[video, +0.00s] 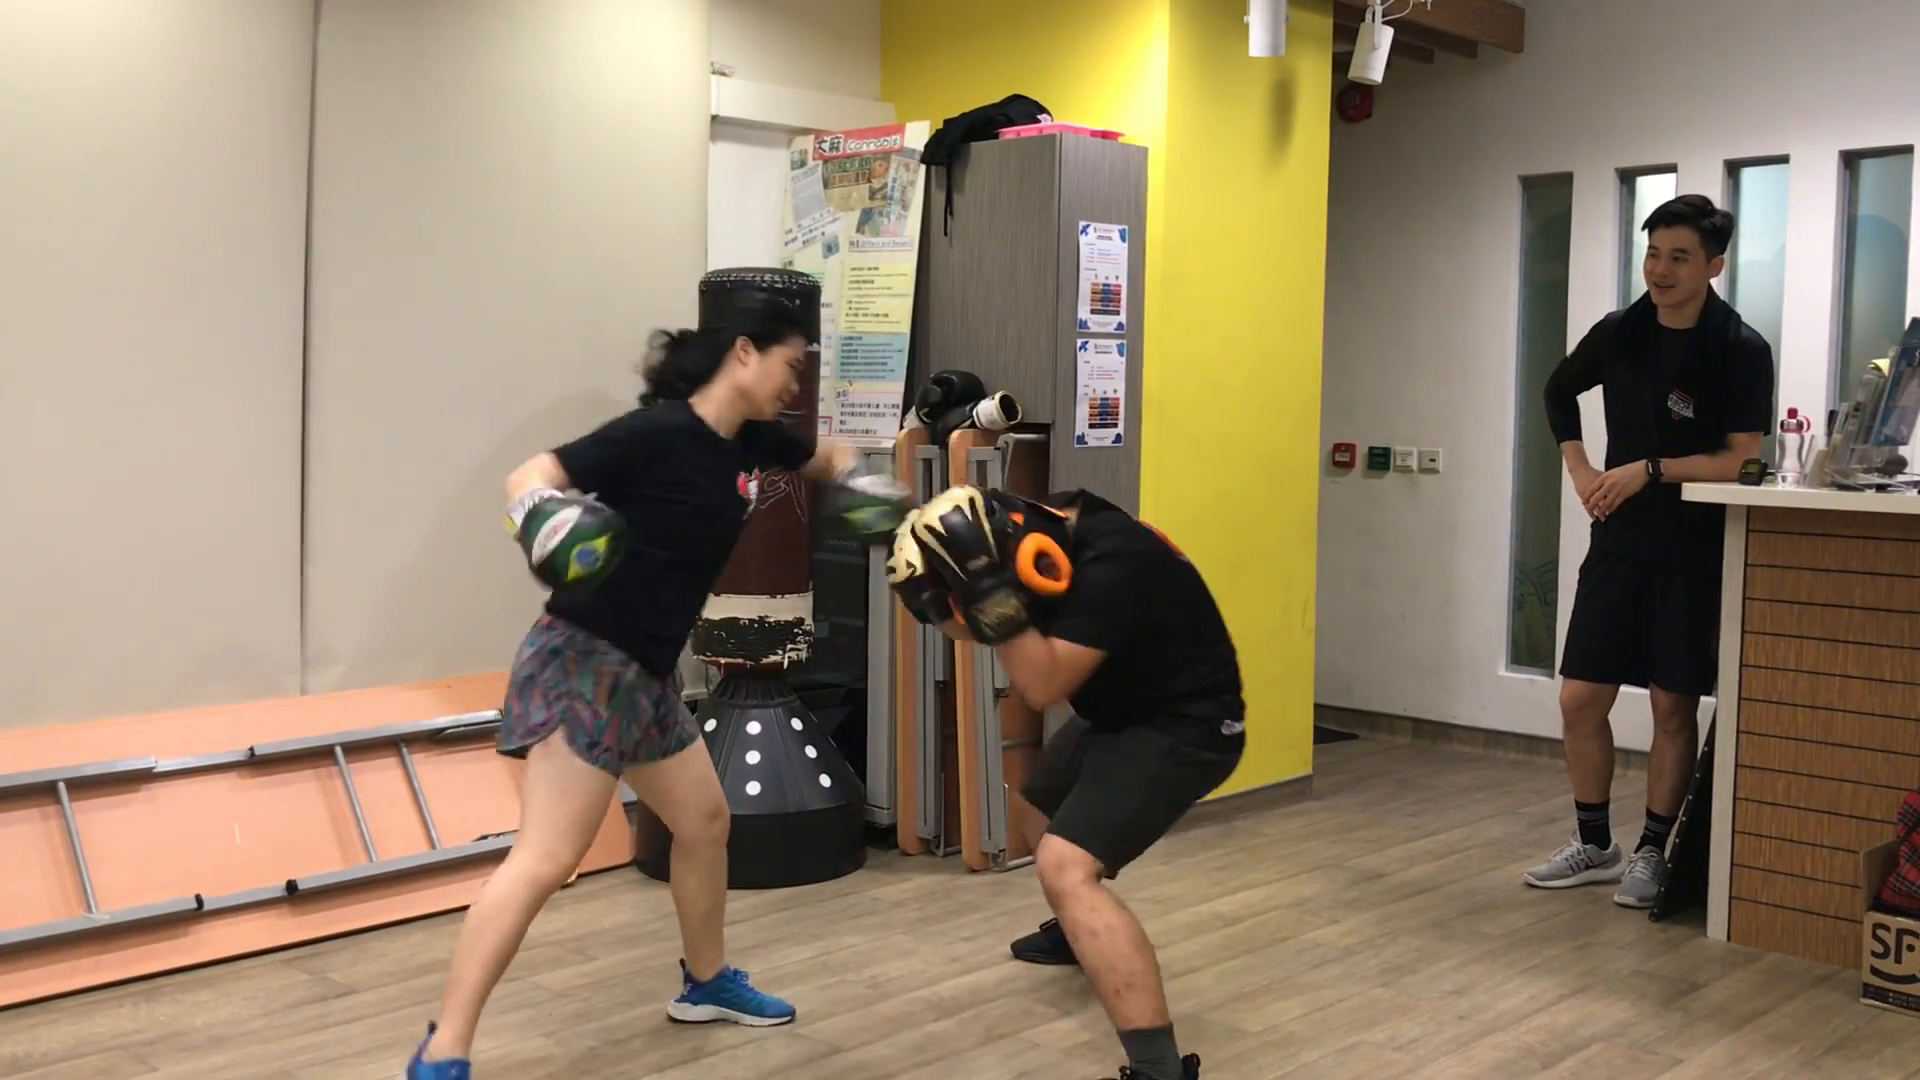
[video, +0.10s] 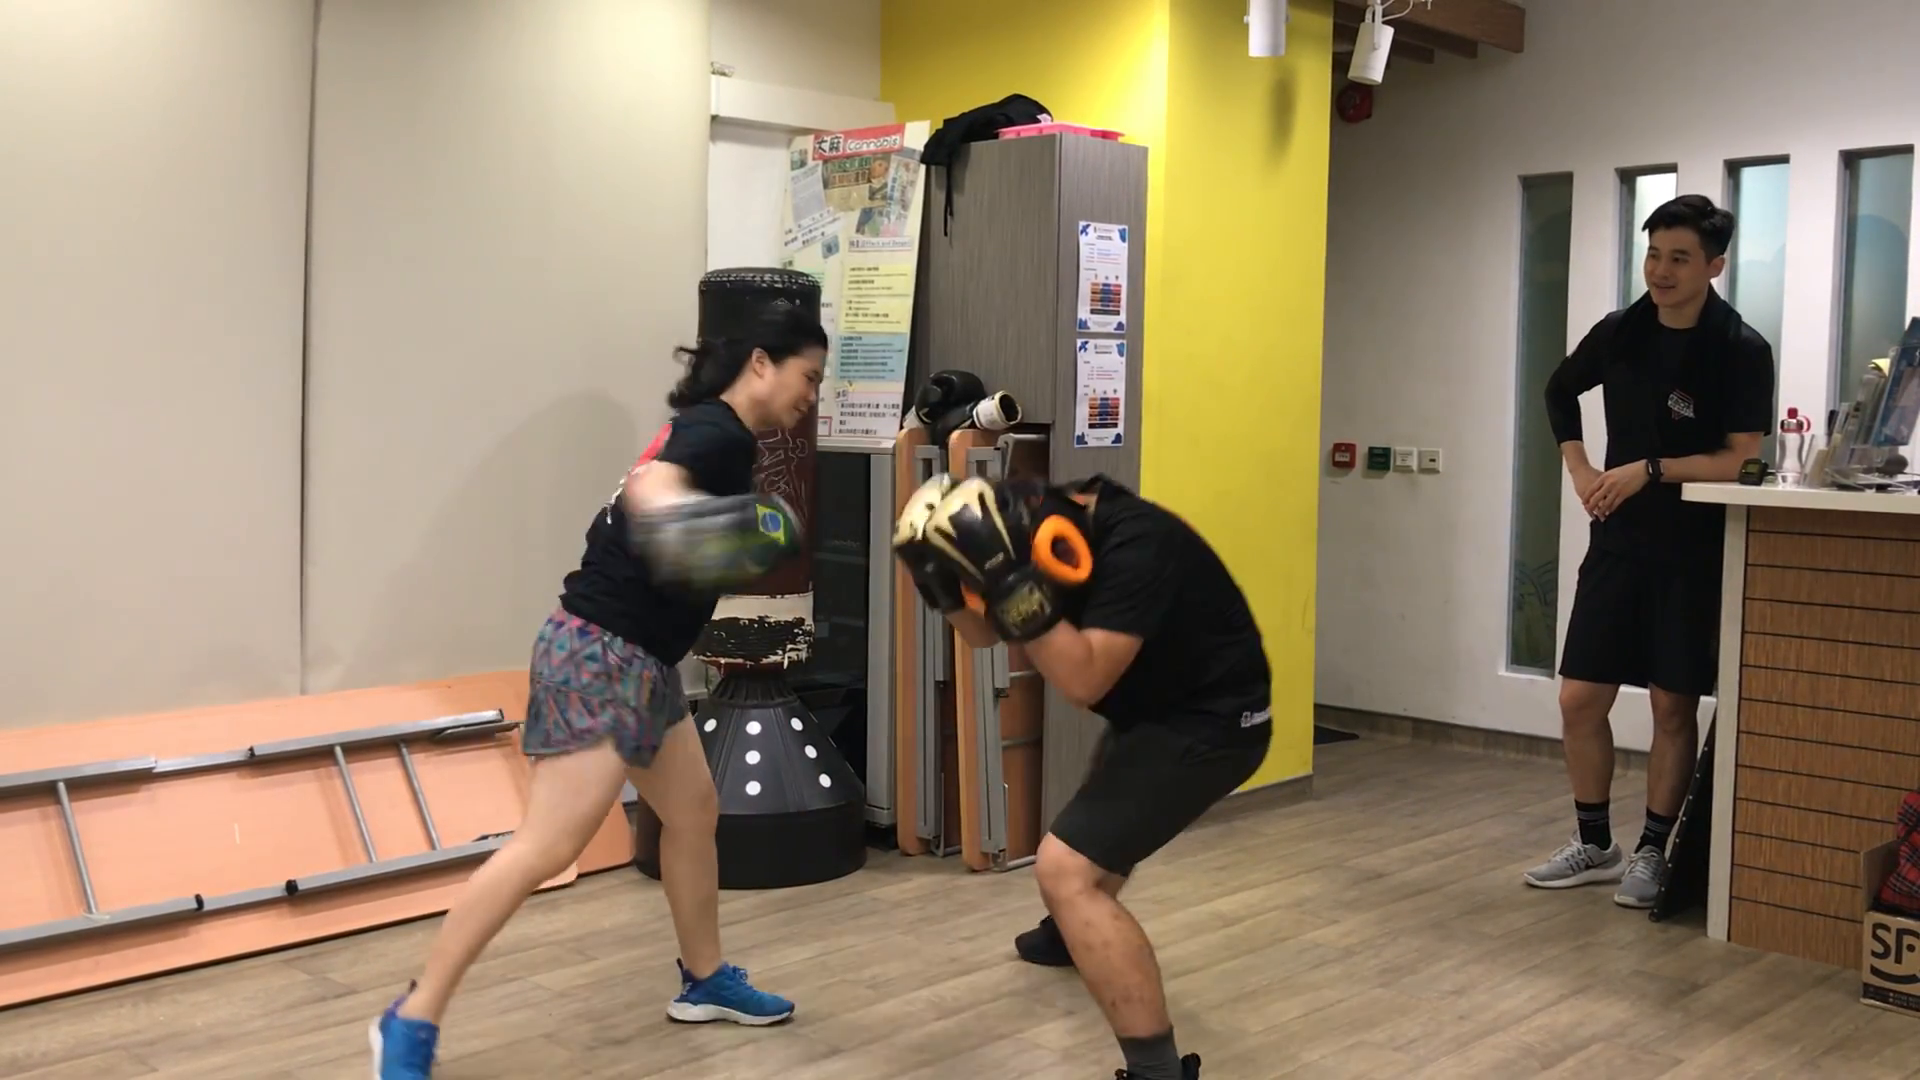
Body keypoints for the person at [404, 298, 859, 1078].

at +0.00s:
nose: (800, 384)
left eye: (804, 369)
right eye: (794, 365)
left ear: (749, 360)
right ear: (743, 355)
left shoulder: (750, 438)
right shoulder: (656, 433)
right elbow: (527, 477)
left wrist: (861, 473)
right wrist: (548, 515)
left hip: (646, 673)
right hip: (583, 660)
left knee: (705, 823)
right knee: (546, 858)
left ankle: (705, 981)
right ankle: (443, 1054)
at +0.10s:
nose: (813, 394)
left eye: (818, 379)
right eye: (808, 377)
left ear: (761, 367)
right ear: (761, 365)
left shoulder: (727, 442)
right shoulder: (710, 430)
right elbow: (649, 491)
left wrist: (749, 536)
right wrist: (711, 530)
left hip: (641, 659)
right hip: (598, 653)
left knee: (693, 807)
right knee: (548, 842)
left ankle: (705, 978)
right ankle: (415, 1015)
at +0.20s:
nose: (804, 413)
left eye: (811, 399)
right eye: (801, 393)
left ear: (750, 376)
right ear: (754, 370)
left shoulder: (692, 422)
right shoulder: (721, 427)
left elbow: (670, 530)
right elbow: (780, 497)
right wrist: (880, 504)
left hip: (647, 657)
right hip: (588, 648)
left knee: (689, 811)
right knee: (536, 834)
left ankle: (704, 978)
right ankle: (407, 985)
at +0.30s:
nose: (784, 405)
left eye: (793, 391)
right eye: (781, 385)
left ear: (733, 369)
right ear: (733, 362)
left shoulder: (690, 412)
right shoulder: (687, 412)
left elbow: (678, 490)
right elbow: (788, 480)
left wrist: (737, 502)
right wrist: (859, 487)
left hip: (643, 645)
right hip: (573, 637)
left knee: (681, 809)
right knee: (544, 827)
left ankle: (703, 978)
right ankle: (435, 953)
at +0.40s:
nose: (750, 395)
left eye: (757, 382)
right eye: (744, 376)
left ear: (703, 361)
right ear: (697, 351)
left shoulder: (667, 405)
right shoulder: (659, 407)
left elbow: (689, 490)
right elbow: (736, 507)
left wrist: (746, 456)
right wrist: (790, 469)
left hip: (638, 641)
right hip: (567, 640)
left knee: (673, 810)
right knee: (559, 834)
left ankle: (700, 977)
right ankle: (496, 961)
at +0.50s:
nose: (711, 392)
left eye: (719, 381)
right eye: (708, 376)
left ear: (662, 361)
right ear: (663, 355)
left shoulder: (628, 416)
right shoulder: (616, 420)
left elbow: (667, 525)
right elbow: (668, 541)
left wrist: (718, 467)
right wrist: (722, 470)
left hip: (626, 650)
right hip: (559, 652)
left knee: (691, 806)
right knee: (560, 834)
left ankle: (703, 975)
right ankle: (489, 967)